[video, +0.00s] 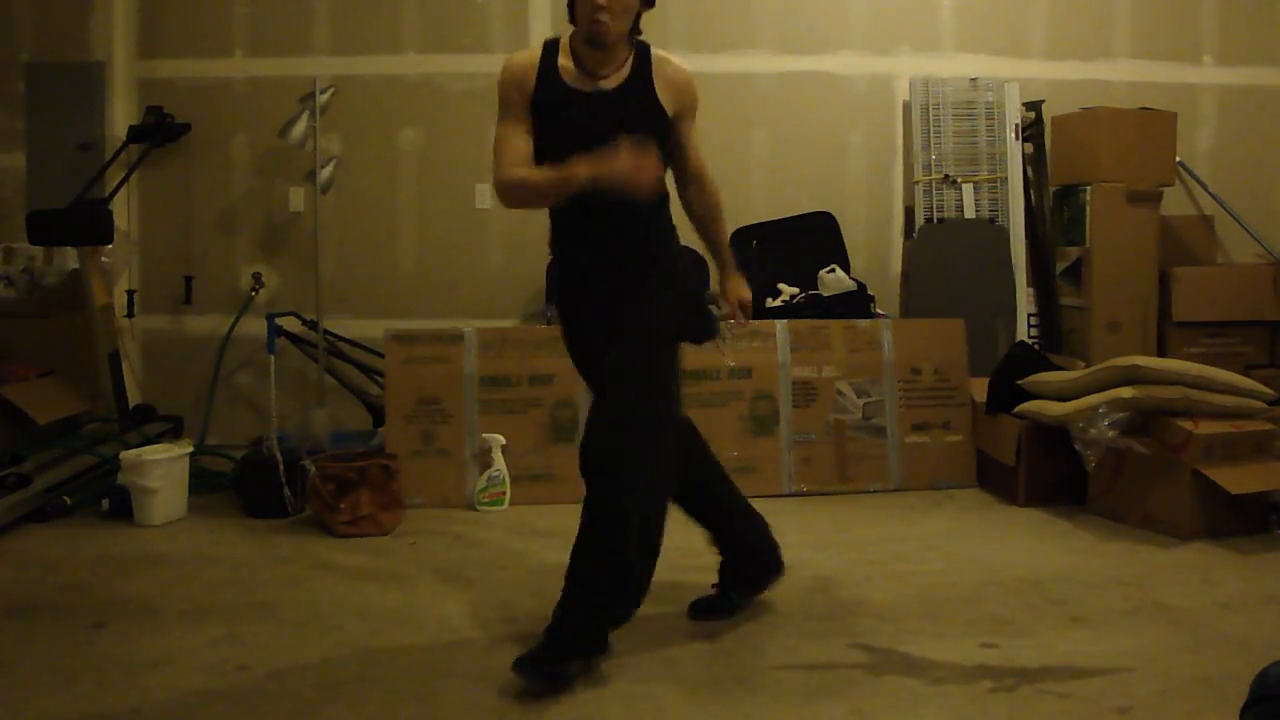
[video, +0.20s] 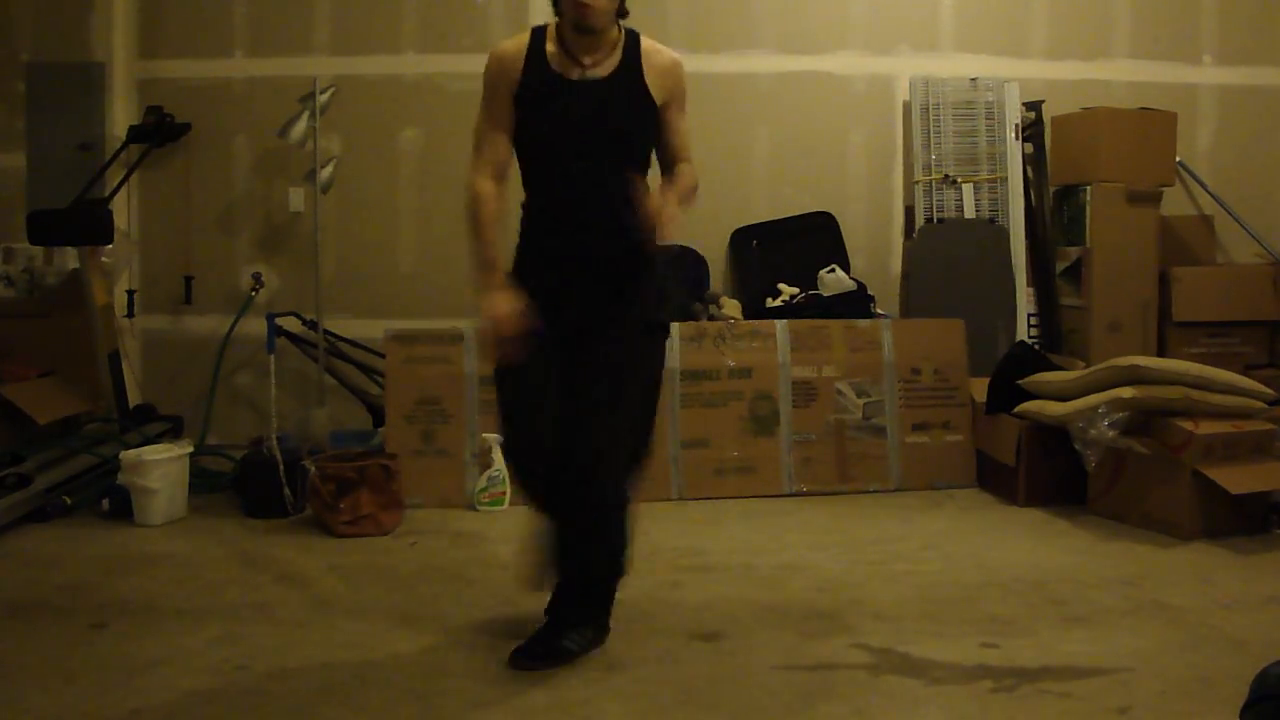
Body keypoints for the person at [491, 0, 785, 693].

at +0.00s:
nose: (598, 8)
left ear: (641, 9)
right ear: (570, 4)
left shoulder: (667, 82)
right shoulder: (527, 73)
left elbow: (694, 178)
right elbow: (510, 185)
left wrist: (727, 265)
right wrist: (596, 170)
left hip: (652, 280)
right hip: (578, 285)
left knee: (618, 453)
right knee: (654, 430)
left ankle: (577, 635)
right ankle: (752, 553)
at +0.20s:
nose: (586, 4)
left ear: (622, 2)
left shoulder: (659, 68)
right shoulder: (513, 62)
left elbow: (681, 167)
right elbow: (488, 172)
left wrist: (667, 203)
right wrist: (493, 280)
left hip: (626, 278)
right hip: (541, 276)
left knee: (602, 453)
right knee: (528, 442)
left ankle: (579, 618)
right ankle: (593, 526)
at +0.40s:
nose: (550, 11)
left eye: (561, 5)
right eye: (542, 7)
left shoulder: (641, 25)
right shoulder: (495, 36)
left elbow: (681, 123)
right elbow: (435, 132)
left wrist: (600, 41)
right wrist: (385, 231)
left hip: (611, 265)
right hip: (524, 263)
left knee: (599, 444)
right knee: (519, 433)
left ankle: (527, 609)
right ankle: (498, 621)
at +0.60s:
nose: (544, 3)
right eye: (535, 1)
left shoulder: (637, 43)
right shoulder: (488, 54)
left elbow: (649, 143)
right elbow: (443, 149)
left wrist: (576, 131)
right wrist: (397, 223)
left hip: (597, 285)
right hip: (510, 283)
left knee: (592, 469)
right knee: (503, 465)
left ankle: (517, 602)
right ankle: (496, 662)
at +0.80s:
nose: (531, 13)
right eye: (519, 4)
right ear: (507, 7)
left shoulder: (636, 59)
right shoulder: (488, 72)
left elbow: (662, 181)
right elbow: (472, 196)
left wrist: (684, 290)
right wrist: (543, 128)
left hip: (609, 294)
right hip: (517, 299)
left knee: (632, 440)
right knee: (502, 482)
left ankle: (595, 541)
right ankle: (468, 640)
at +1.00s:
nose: (632, 11)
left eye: (638, 4)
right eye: (618, 5)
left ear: (645, 2)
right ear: (584, 0)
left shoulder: (679, 61)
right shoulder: (532, 56)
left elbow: (709, 152)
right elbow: (507, 154)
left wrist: (737, 231)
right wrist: (602, 84)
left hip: (653, 297)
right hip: (560, 301)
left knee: (714, 453)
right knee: (529, 478)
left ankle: (782, 589)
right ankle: (477, 647)